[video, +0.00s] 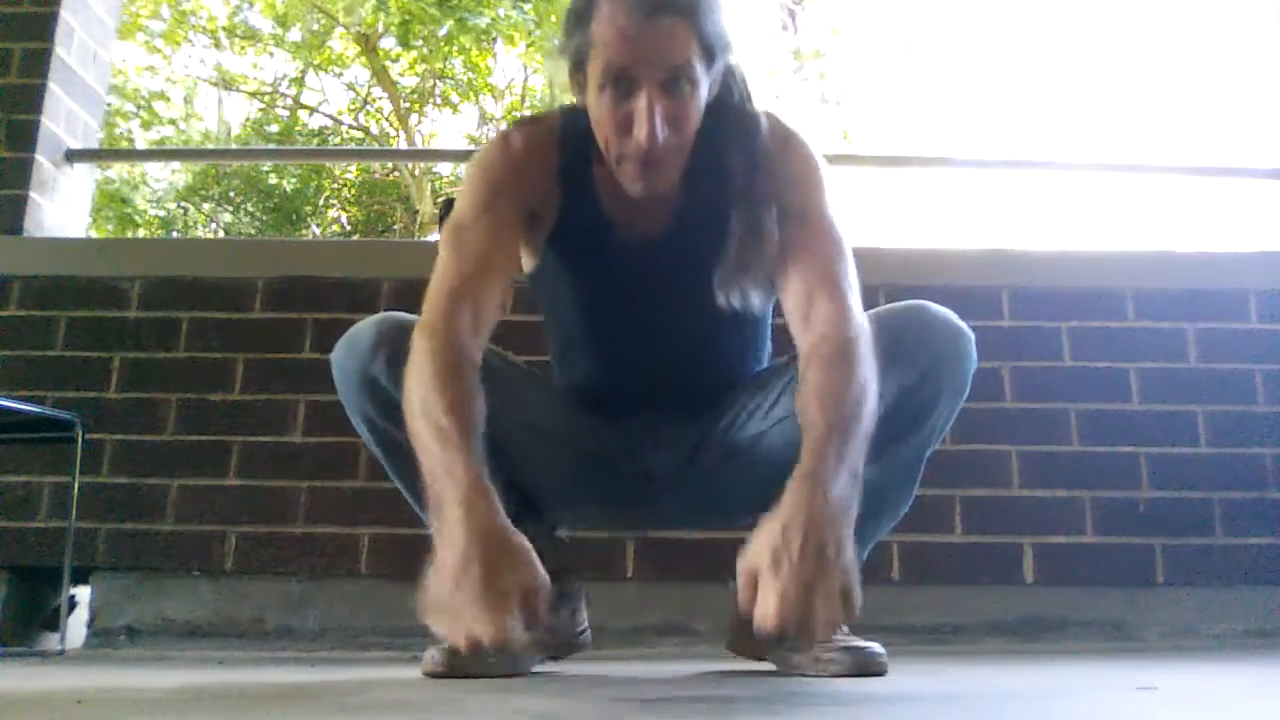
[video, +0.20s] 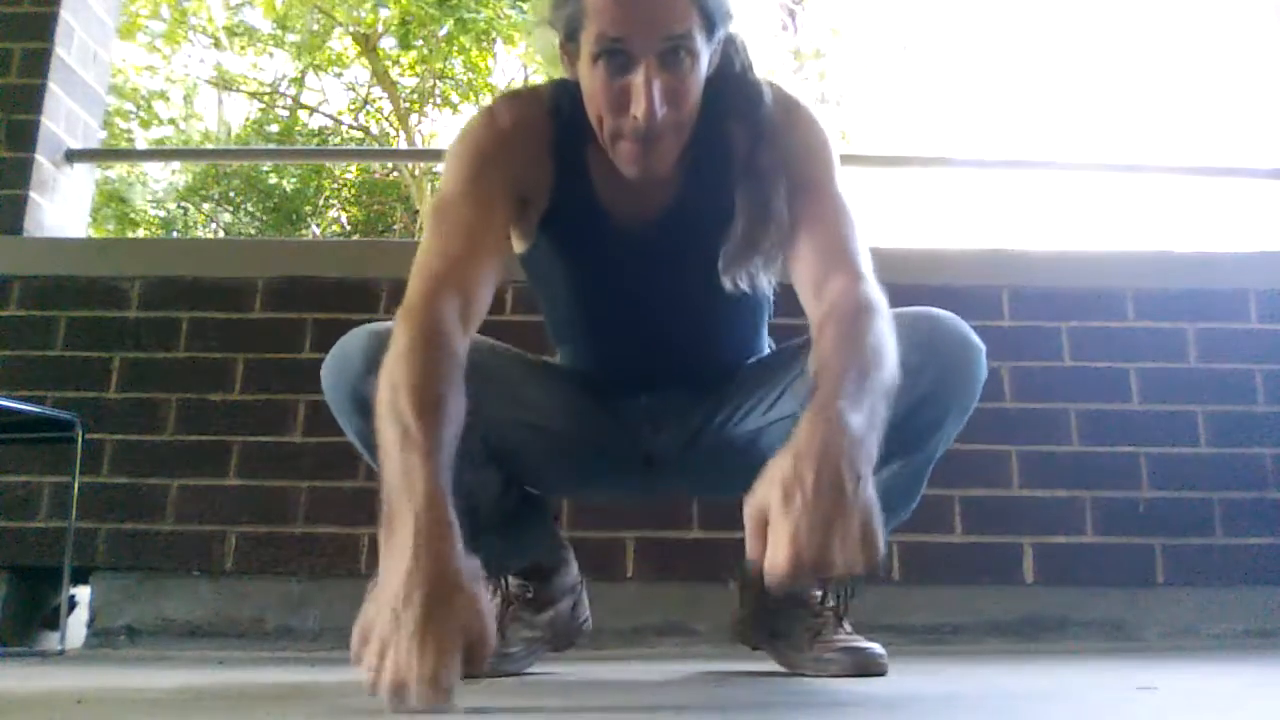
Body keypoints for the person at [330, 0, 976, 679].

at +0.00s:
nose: (647, 122)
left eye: (675, 86)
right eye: (619, 88)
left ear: (713, 82)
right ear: (581, 83)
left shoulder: (773, 158)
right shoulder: (523, 161)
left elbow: (832, 333)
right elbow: (447, 339)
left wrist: (819, 512)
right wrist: (468, 529)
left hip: (732, 449)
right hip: (584, 448)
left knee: (936, 342)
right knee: (371, 353)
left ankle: (788, 602)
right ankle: (529, 605)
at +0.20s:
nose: (646, 99)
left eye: (675, 60)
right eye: (614, 62)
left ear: (715, 50)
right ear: (571, 58)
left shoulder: (776, 129)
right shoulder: (510, 136)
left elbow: (846, 299)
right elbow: (434, 321)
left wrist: (836, 430)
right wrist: (420, 547)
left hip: (735, 422)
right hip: (581, 422)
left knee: (946, 351)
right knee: (360, 365)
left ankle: (787, 595)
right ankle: (541, 586)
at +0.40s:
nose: (643, 52)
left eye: (675, 13)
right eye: (613, 13)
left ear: (719, 6)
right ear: (572, 5)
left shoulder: (788, 74)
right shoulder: (501, 63)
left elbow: (816, 289)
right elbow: (416, 304)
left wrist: (807, 552)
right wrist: (413, 556)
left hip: (739, 373)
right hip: (573, 373)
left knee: (952, 372)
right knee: (347, 393)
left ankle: (793, 589)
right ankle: (527, 570)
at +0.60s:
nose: (618, 22)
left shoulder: (790, 14)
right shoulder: (462, 14)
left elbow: (823, 241)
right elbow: (403, 260)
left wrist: (807, 549)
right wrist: (408, 560)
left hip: (739, 306)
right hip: (562, 304)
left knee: (939, 406)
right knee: (330, 420)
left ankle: (792, 571)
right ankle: (516, 551)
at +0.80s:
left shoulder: (797, 11)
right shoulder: (429, 8)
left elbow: (818, 225)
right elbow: (393, 233)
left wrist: (799, 558)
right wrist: (398, 554)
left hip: (730, 236)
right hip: (550, 236)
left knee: (908, 420)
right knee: (341, 414)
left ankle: (833, 570)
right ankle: (528, 560)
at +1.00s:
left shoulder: (771, 4)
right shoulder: (370, 2)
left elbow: (813, 216)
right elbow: (356, 227)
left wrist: (796, 562)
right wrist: (364, 565)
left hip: (732, 204)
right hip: (560, 194)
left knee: (857, 517)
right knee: (349, 403)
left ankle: (919, 551)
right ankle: (528, 563)